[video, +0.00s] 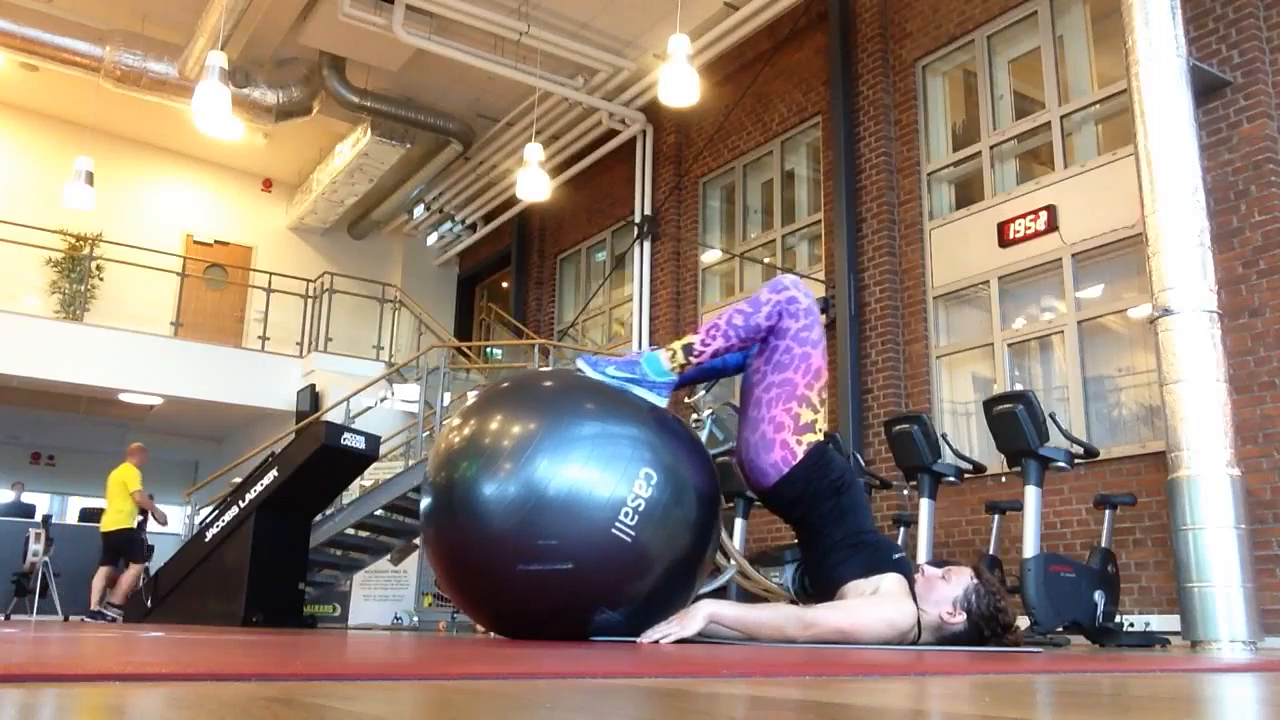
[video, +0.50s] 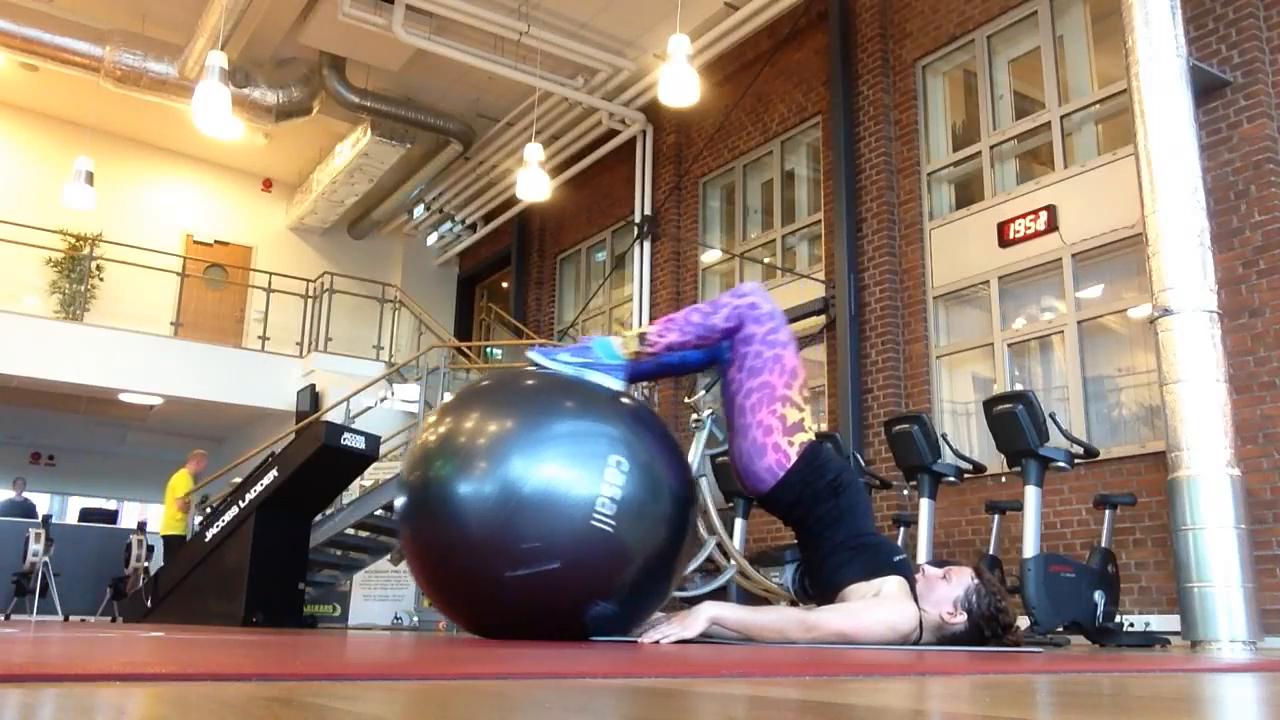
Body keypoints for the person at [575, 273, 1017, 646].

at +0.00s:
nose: (938, 567)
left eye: (948, 578)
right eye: (951, 570)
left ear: (947, 613)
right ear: (946, 612)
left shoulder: (893, 612)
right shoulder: (903, 603)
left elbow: (800, 624)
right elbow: (805, 622)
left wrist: (708, 611)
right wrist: (717, 619)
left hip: (783, 462)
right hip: (810, 462)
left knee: (791, 297)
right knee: (796, 305)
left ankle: (660, 368)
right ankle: (673, 372)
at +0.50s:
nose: (942, 564)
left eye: (952, 578)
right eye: (953, 567)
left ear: (949, 616)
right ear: (946, 608)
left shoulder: (896, 615)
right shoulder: (902, 597)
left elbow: (801, 625)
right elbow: (801, 624)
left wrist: (712, 615)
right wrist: (715, 615)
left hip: (782, 469)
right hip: (807, 467)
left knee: (754, 306)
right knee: (756, 306)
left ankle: (622, 362)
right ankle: (627, 364)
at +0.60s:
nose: (945, 567)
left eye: (953, 579)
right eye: (959, 570)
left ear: (947, 612)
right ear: (946, 597)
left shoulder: (894, 614)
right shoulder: (896, 598)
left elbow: (796, 628)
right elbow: (797, 624)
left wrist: (709, 615)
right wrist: (716, 618)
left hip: (771, 471)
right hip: (792, 461)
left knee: (720, 318)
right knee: (725, 320)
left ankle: (579, 360)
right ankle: (587, 365)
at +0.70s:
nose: (938, 570)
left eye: (949, 582)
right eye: (952, 571)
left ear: (945, 617)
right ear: (945, 602)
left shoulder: (892, 611)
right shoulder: (897, 595)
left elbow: (806, 627)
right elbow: (810, 619)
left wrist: (710, 613)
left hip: (765, 473)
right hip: (784, 461)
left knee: (688, 327)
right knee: (695, 336)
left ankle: (551, 364)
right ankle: (569, 375)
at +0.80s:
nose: (937, 569)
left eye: (950, 581)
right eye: (950, 569)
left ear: (947, 617)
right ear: (944, 603)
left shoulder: (893, 611)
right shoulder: (891, 594)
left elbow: (804, 626)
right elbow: (802, 619)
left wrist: (708, 613)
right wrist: (713, 616)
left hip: (757, 477)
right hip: (772, 465)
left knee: (670, 341)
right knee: (674, 349)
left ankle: (523, 363)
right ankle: (539, 372)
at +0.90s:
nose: (941, 569)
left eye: (952, 582)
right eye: (954, 572)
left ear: (945, 616)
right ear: (946, 607)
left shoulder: (890, 610)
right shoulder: (889, 593)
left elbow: (802, 624)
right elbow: (800, 619)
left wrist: (706, 615)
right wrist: (712, 617)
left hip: (758, 484)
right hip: (773, 469)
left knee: (657, 363)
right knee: (659, 361)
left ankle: (502, 363)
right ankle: (514, 366)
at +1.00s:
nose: (940, 567)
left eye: (951, 581)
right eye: (953, 570)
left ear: (945, 616)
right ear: (945, 598)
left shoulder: (890, 612)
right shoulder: (888, 593)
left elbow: (799, 624)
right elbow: (797, 620)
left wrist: (706, 615)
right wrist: (711, 619)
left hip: (752, 484)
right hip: (765, 470)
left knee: (644, 375)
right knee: (652, 374)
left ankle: (489, 367)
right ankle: (518, 384)